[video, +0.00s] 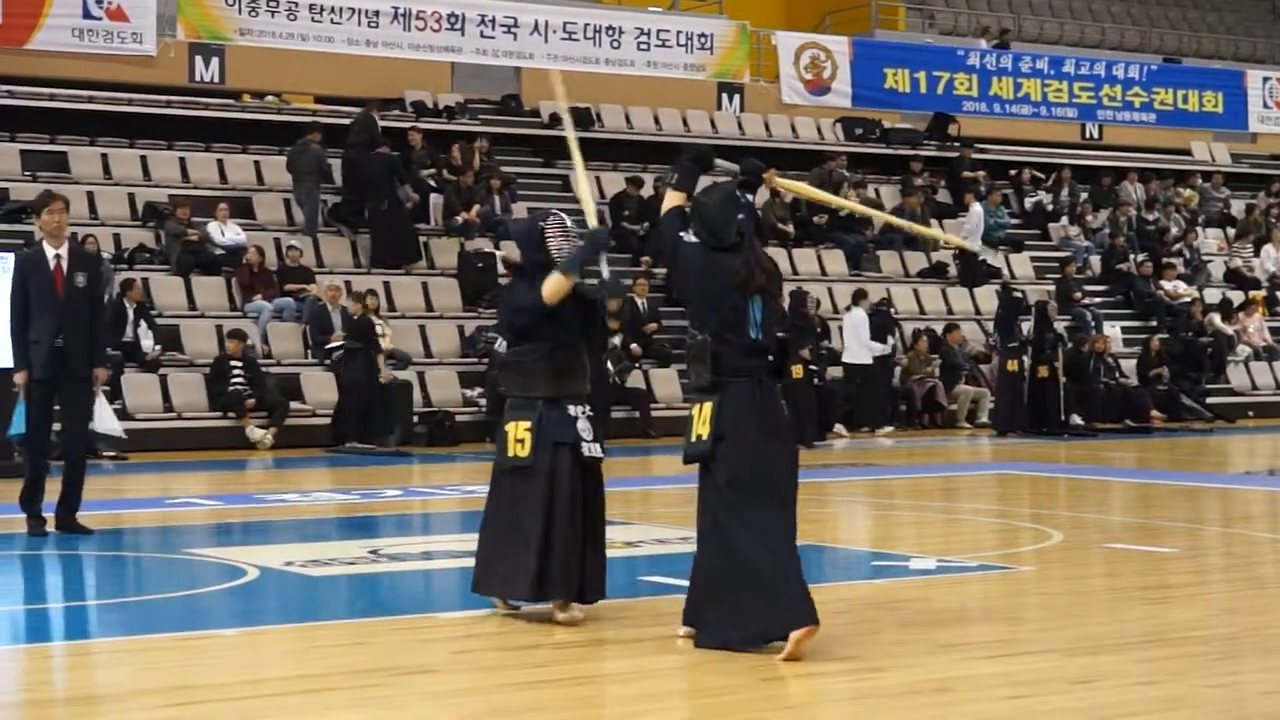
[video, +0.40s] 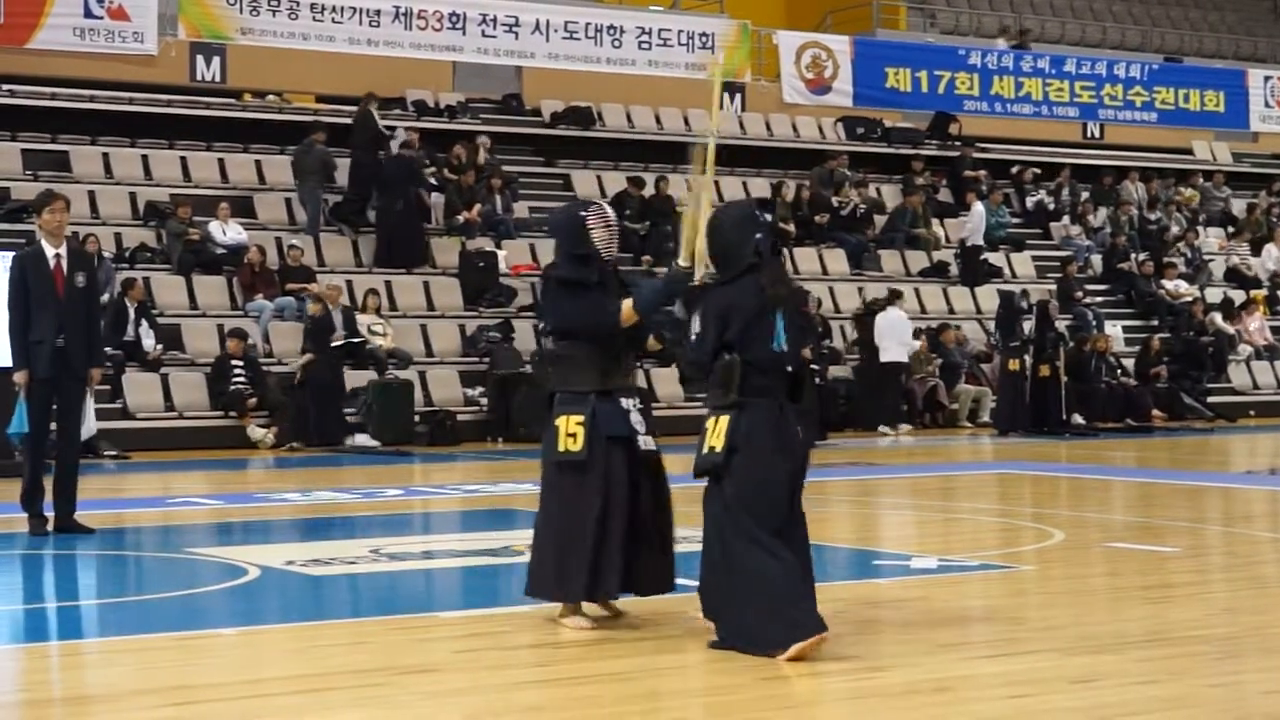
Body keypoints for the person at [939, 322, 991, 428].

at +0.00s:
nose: (961, 335)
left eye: (960, 333)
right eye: (958, 333)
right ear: (948, 335)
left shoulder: (959, 350)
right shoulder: (945, 350)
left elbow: (971, 362)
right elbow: (955, 363)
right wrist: (968, 366)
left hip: (962, 384)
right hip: (949, 386)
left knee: (984, 393)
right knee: (967, 391)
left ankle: (982, 418)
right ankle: (960, 420)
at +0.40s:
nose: (952, 335)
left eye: (952, 332)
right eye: (949, 332)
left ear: (953, 334)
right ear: (941, 335)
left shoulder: (954, 349)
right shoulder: (940, 350)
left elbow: (967, 357)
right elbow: (951, 362)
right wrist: (965, 363)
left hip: (961, 384)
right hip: (947, 386)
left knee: (986, 392)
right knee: (968, 390)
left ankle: (983, 418)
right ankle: (962, 420)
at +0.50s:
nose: (951, 335)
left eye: (951, 332)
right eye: (948, 333)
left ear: (953, 333)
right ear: (941, 335)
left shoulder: (955, 347)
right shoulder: (938, 349)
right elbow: (951, 362)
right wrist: (963, 363)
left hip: (960, 384)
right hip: (947, 386)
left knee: (986, 391)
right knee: (968, 390)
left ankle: (983, 418)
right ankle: (962, 420)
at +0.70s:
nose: (951, 335)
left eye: (951, 332)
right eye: (948, 332)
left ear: (952, 333)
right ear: (941, 334)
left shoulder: (953, 347)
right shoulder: (939, 349)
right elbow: (954, 362)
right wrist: (964, 362)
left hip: (959, 383)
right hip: (946, 385)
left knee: (986, 391)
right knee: (968, 390)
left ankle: (983, 417)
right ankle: (962, 419)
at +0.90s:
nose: (944, 305)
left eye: (943, 302)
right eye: (943, 302)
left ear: (930, 301)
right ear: (939, 302)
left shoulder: (921, 316)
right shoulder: (936, 317)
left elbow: (920, 339)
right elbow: (937, 340)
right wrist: (953, 348)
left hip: (922, 358)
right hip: (935, 359)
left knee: (921, 391)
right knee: (945, 391)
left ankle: (914, 420)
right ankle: (950, 422)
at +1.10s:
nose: (960, 304)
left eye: (960, 301)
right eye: (959, 301)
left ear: (946, 301)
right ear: (954, 301)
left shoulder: (937, 316)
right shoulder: (953, 317)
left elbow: (934, 339)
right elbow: (955, 340)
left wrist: (942, 349)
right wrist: (971, 351)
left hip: (940, 358)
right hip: (953, 359)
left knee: (945, 392)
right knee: (957, 393)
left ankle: (930, 411)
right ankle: (954, 424)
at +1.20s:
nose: (967, 304)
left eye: (967, 301)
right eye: (966, 301)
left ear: (952, 301)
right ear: (962, 302)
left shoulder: (944, 316)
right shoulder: (961, 317)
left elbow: (940, 337)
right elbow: (963, 341)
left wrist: (945, 350)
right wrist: (977, 351)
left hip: (946, 357)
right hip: (959, 358)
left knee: (950, 390)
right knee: (961, 391)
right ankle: (955, 423)